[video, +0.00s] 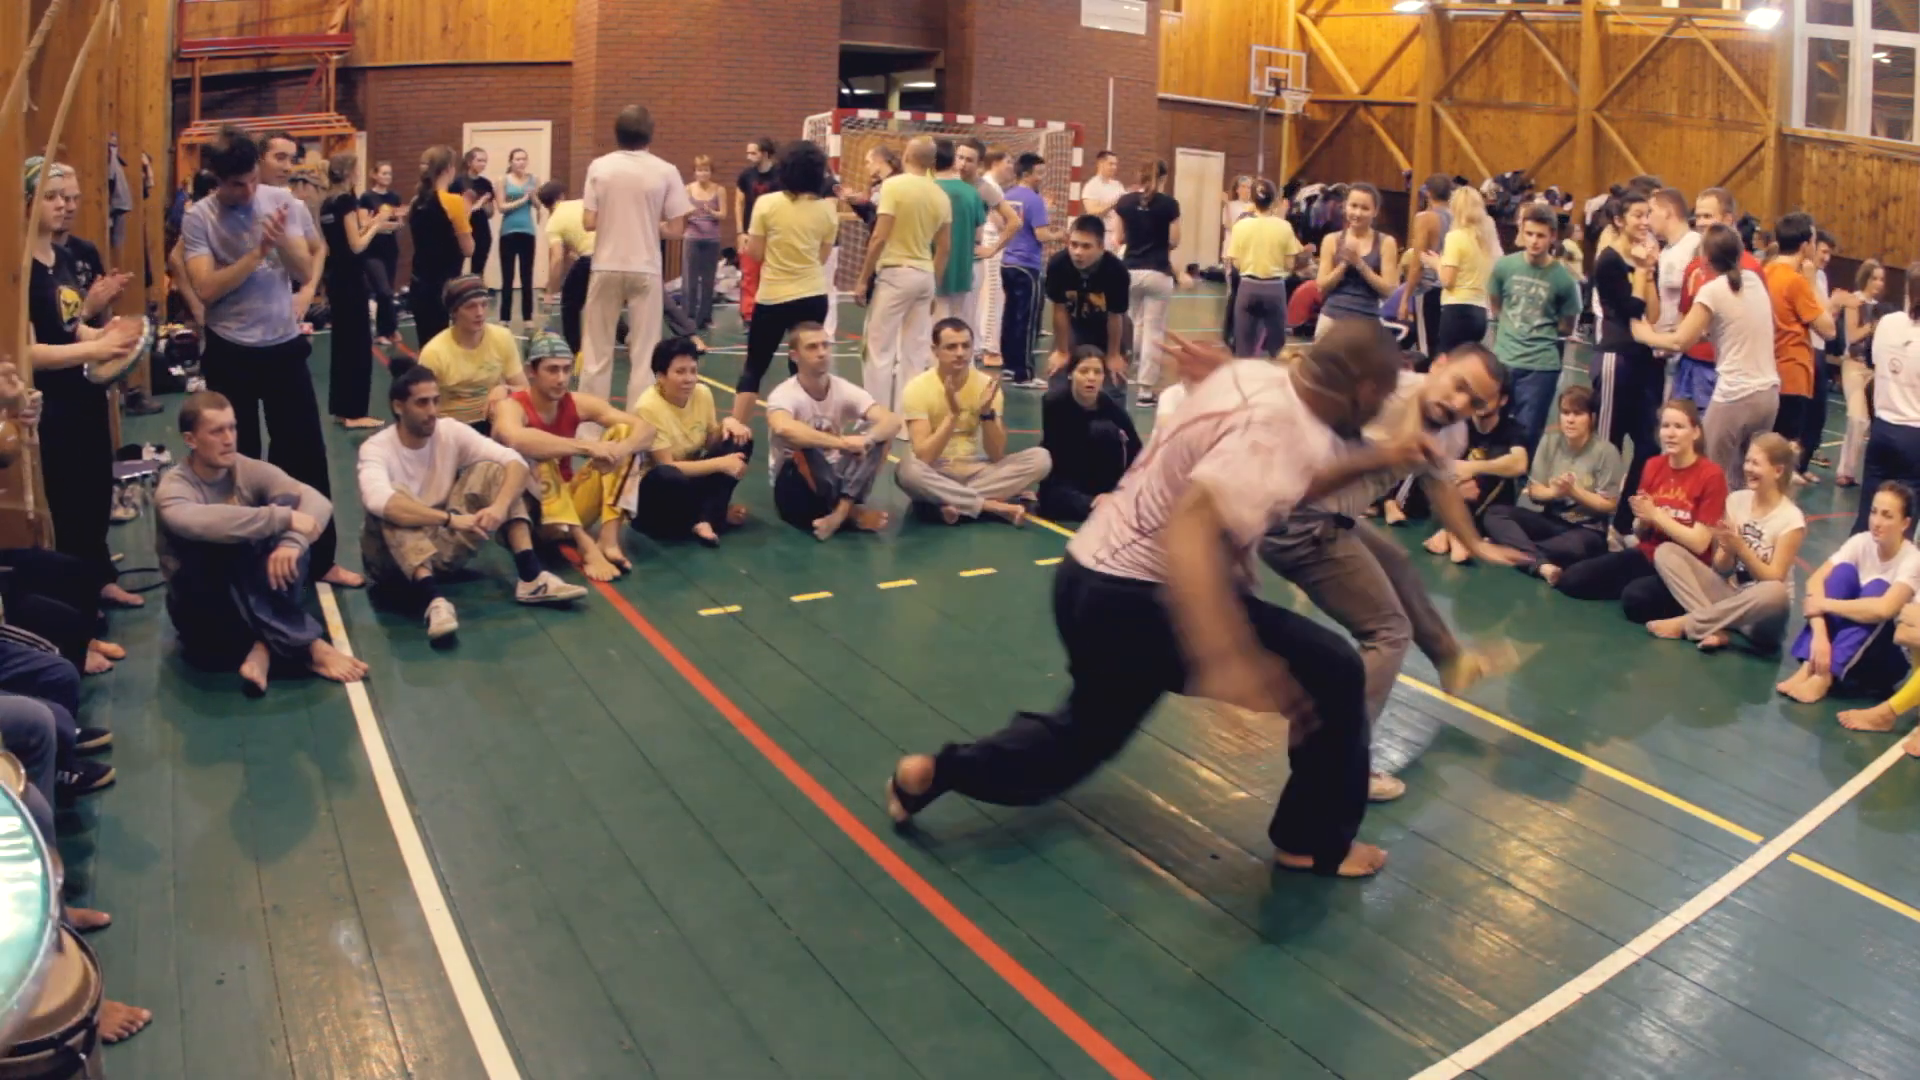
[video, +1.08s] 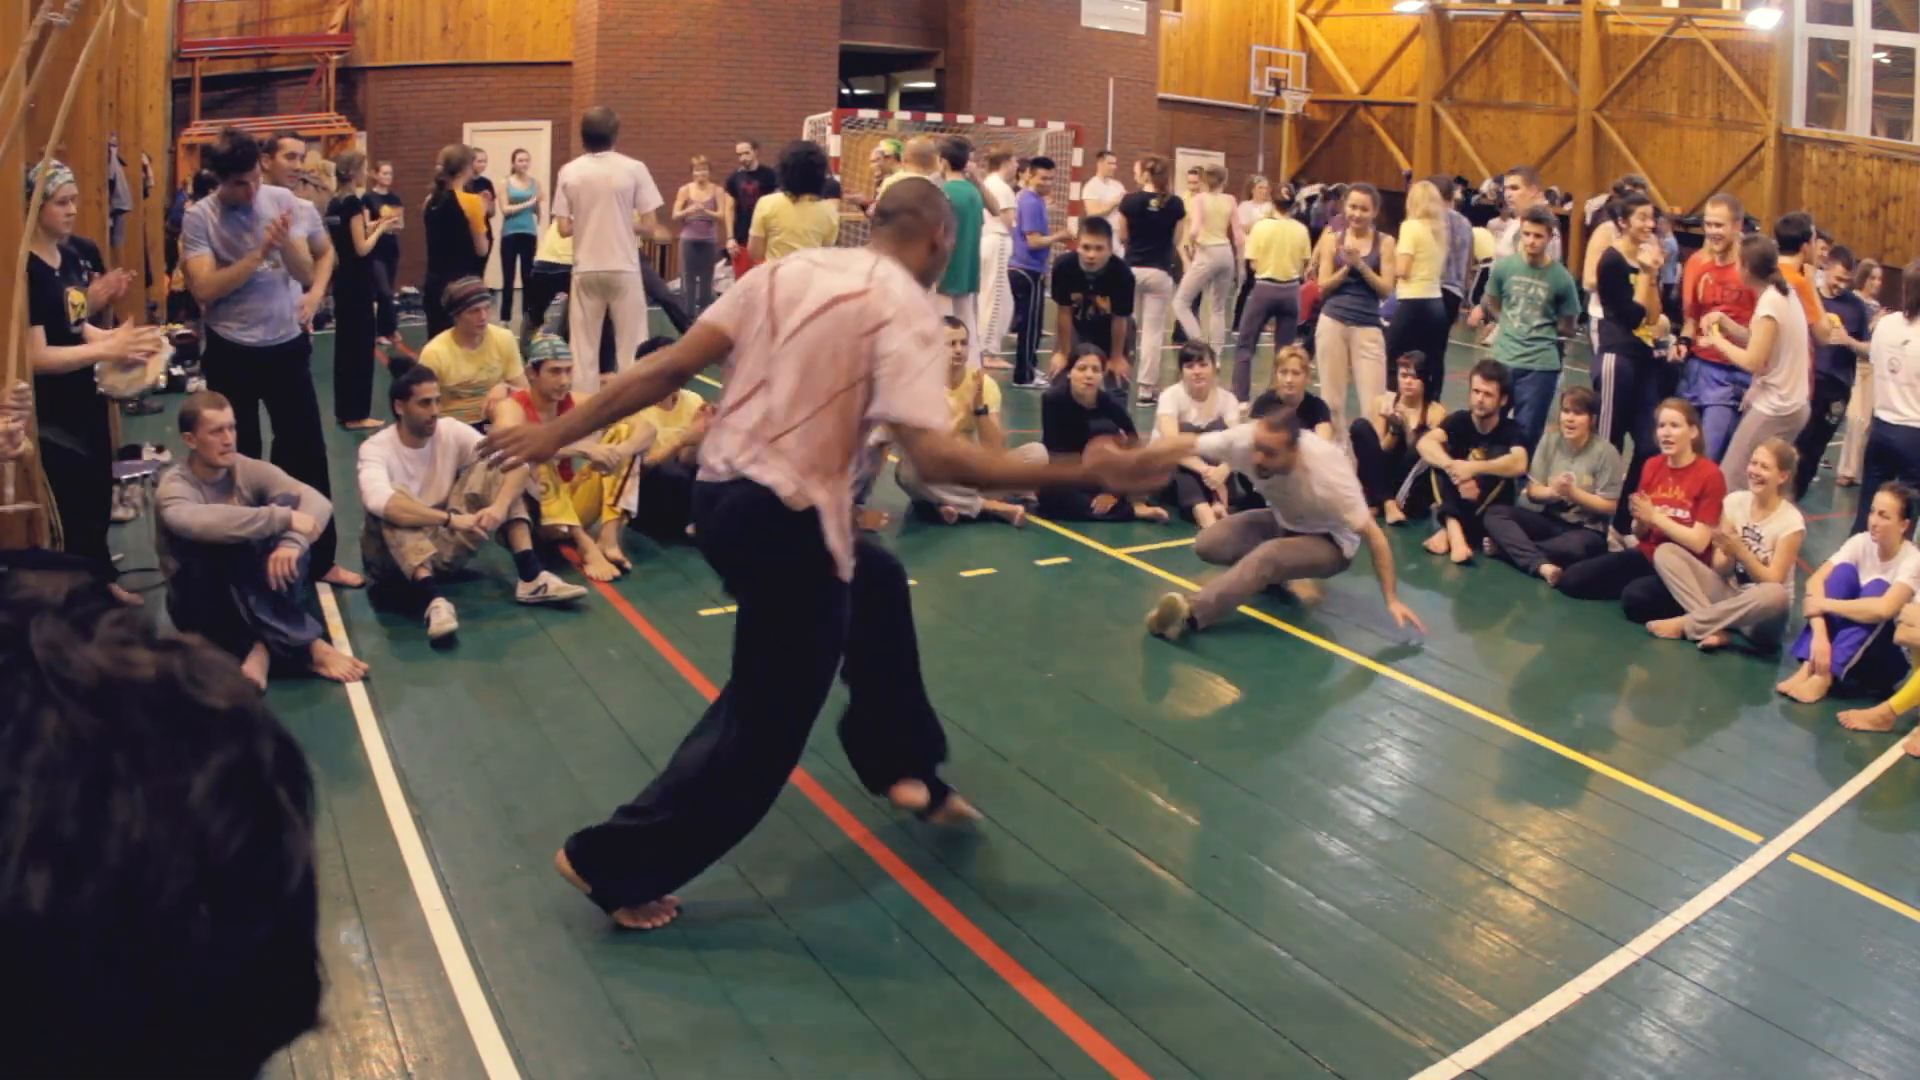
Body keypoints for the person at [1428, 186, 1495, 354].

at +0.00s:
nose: (1450, 209)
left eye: (1452, 204)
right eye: (1452, 204)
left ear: (1456, 208)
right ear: (1480, 208)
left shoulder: (1455, 237)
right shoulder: (1488, 238)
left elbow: (1447, 279)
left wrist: (1435, 263)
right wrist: (1442, 260)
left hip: (1456, 308)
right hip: (1480, 308)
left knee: (1446, 368)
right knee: (1466, 369)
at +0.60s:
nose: (1425, 205)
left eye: (1427, 200)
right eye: (1426, 200)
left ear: (1433, 203)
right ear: (1454, 205)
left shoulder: (1431, 229)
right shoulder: (1457, 231)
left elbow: (1422, 270)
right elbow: (1448, 269)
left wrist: (1406, 259)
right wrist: (1413, 258)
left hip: (1431, 306)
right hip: (1450, 303)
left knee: (1438, 371)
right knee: (1431, 368)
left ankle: (1450, 418)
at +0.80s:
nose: (1417, 206)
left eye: (1419, 202)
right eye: (1420, 202)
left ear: (1423, 204)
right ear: (1447, 205)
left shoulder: (1423, 227)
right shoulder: (1449, 228)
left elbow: (1413, 267)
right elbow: (1444, 269)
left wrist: (1400, 257)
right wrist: (1408, 257)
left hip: (1422, 305)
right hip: (1442, 301)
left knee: (1412, 367)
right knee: (1435, 368)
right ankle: (1432, 414)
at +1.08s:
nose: (1407, 203)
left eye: (1409, 199)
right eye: (1409, 199)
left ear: (1412, 202)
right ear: (1435, 202)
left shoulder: (1410, 226)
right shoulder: (1441, 227)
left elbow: (1402, 268)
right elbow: (1437, 267)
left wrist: (1390, 260)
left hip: (1411, 301)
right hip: (1436, 299)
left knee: (1395, 363)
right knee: (1432, 365)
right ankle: (1429, 409)